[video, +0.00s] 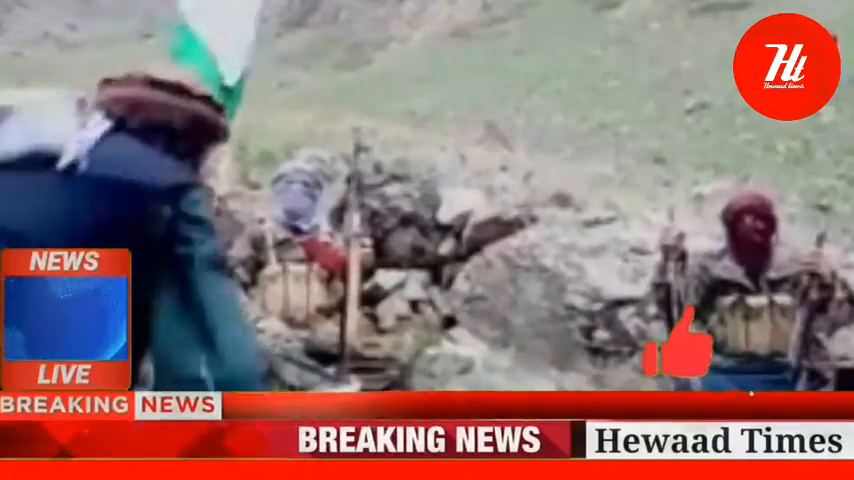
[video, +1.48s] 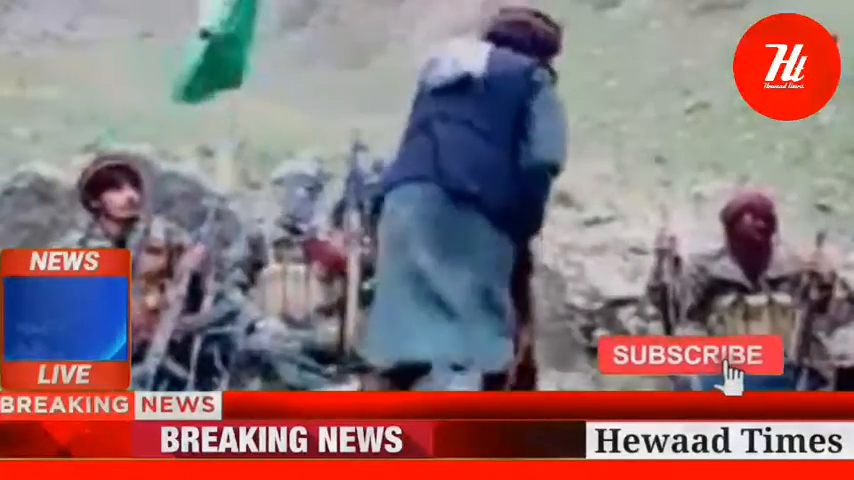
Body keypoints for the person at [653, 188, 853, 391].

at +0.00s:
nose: (758, 225)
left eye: (764, 219)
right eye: (749, 217)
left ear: (773, 228)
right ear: (732, 225)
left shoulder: (795, 270)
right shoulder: (706, 268)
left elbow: (826, 322)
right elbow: (675, 316)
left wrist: (828, 285)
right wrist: (669, 264)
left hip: (782, 372)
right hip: (722, 373)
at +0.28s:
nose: (758, 224)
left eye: (765, 218)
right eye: (750, 216)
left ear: (774, 227)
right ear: (732, 223)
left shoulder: (795, 270)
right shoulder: (706, 268)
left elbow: (823, 324)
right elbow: (676, 316)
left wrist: (829, 286)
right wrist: (670, 264)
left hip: (782, 373)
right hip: (722, 372)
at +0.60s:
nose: (759, 224)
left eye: (765, 218)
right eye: (750, 216)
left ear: (774, 227)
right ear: (732, 224)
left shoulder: (796, 270)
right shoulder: (705, 268)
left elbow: (825, 323)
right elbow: (675, 317)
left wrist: (829, 285)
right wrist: (668, 265)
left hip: (784, 373)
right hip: (723, 373)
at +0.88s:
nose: (762, 224)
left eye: (768, 217)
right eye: (752, 215)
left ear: (775, 226)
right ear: (732, 221)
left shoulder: (794, 270)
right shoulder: (703, 268)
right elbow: (675, 316)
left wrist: (827, 290)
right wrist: (667, 266)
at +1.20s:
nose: (763, 225)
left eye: (768, 219)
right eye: (754, 217)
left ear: (774, 226)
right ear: (732, 223)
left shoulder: (795, 270)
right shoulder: (703, 269)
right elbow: (679, 316)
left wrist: (828, 291)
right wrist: (668, 266)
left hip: (786, 375)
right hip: (722, 376)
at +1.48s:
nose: (763, 225)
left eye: (768, 219)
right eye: (753, 217)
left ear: (774, 226)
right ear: (732, 223)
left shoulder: (793, 269)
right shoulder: (704, 269)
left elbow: (832, 319)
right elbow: (675, 311)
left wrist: (827, 289)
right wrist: (666, 267)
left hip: (787, 374)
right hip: (721, 376)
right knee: (688, 339)